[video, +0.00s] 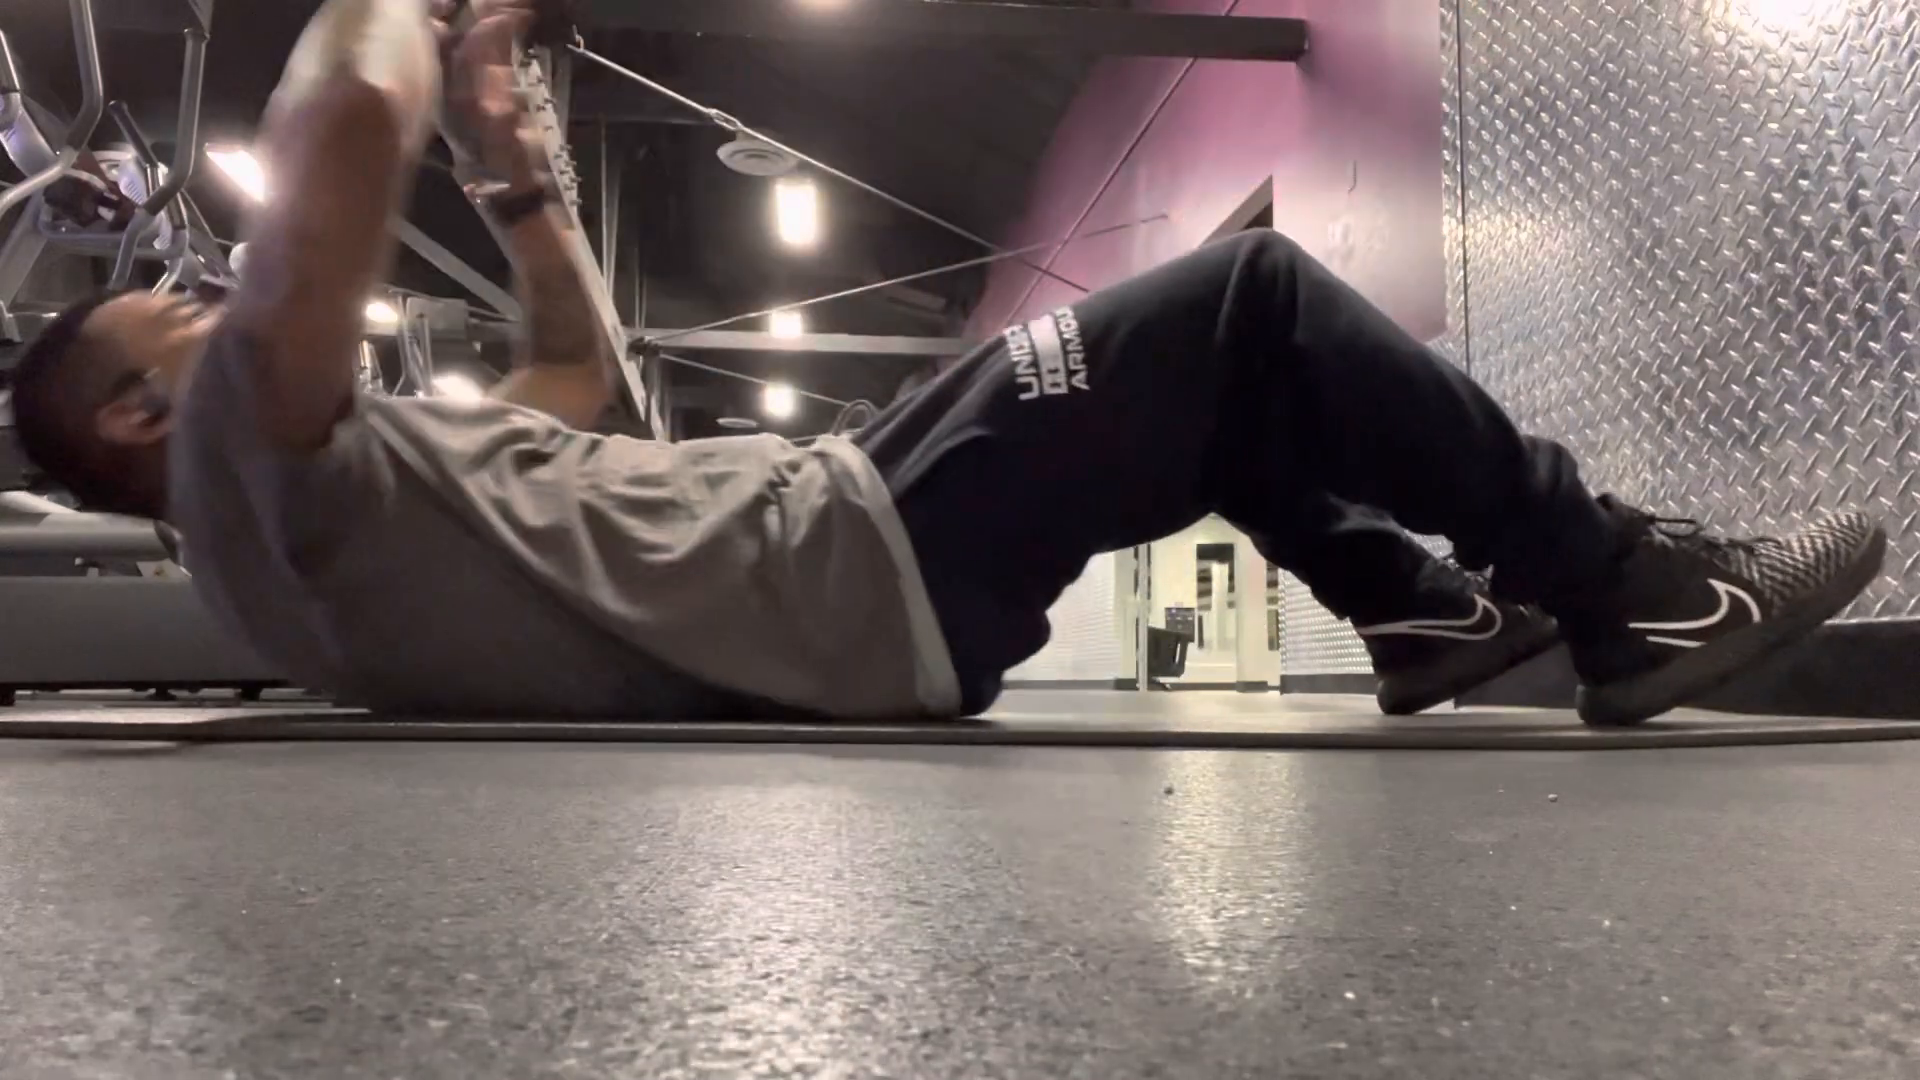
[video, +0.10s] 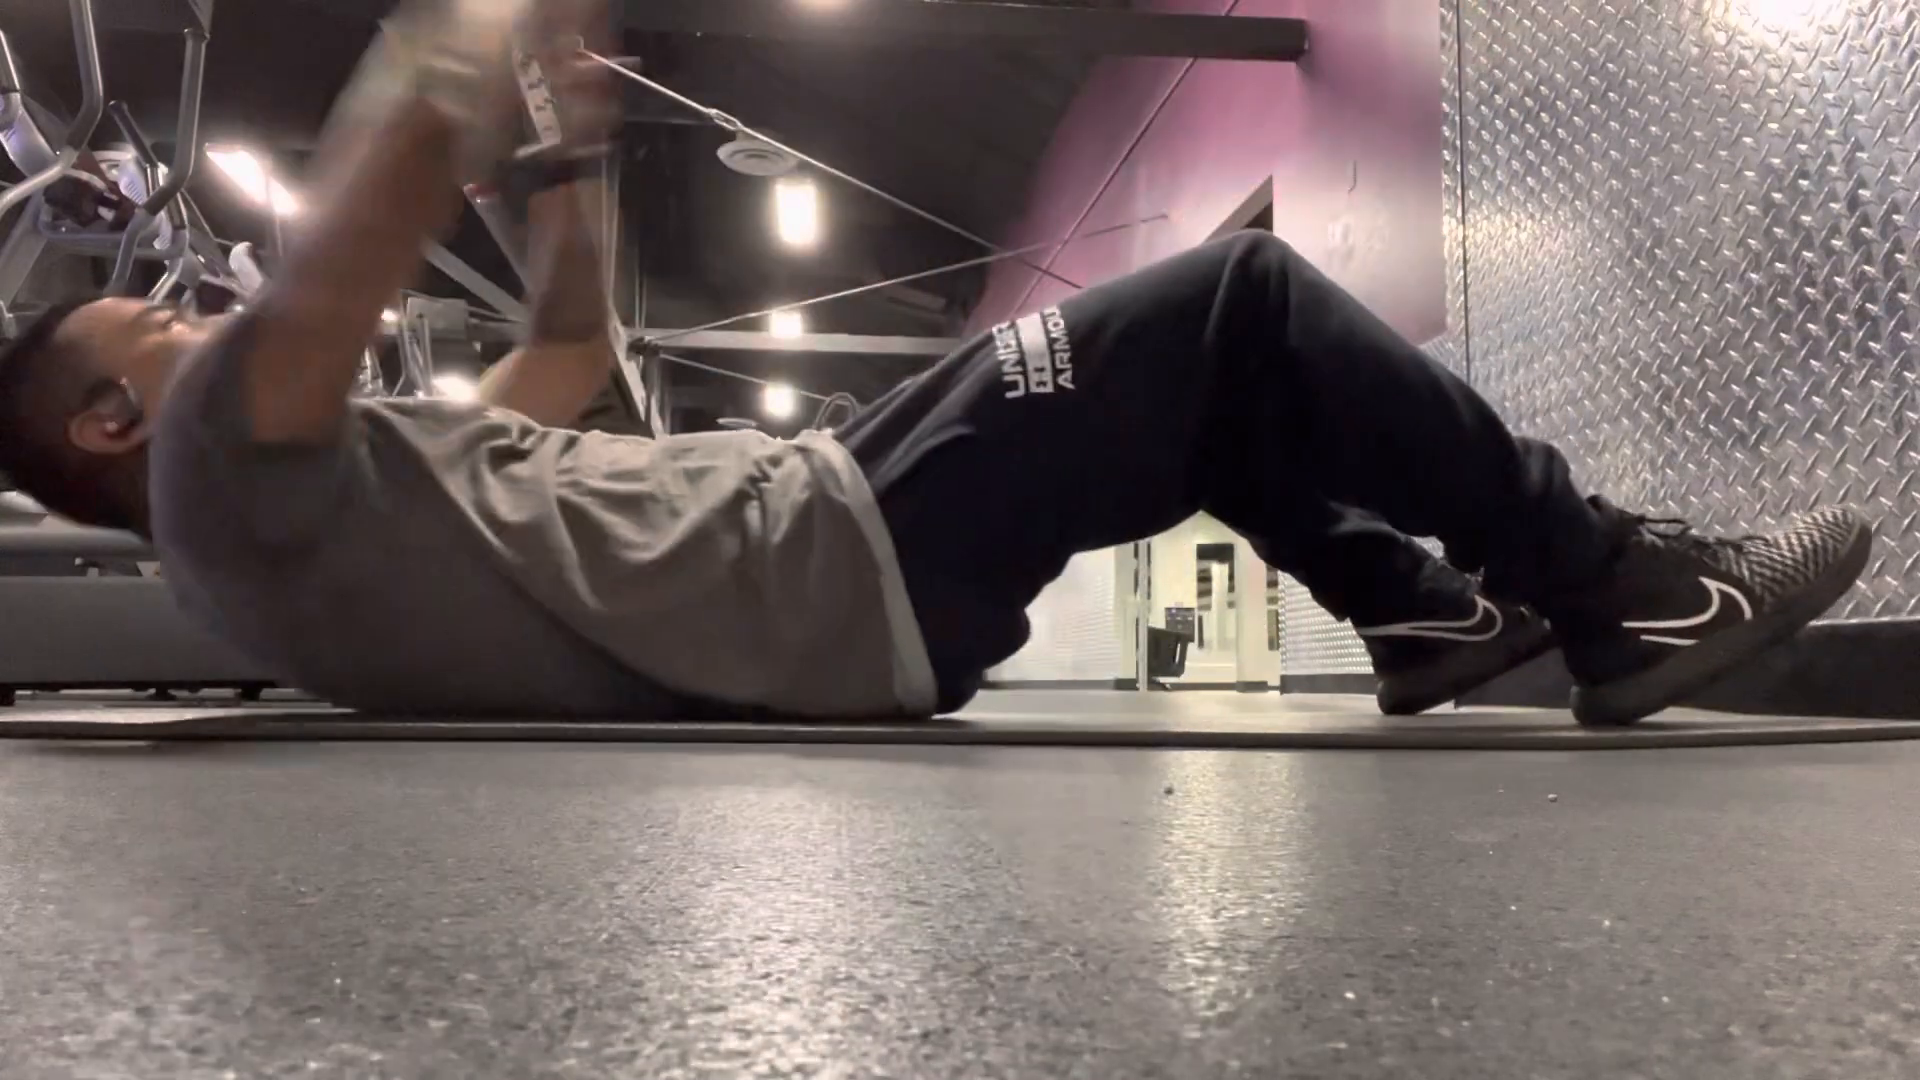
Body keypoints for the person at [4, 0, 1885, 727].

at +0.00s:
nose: (191, 306)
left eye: (167, 304)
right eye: (145, 323)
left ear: (189, 377)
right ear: (122, 428)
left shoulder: (332, 477)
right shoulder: (241, 485)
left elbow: (593, 440)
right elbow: (338, 99)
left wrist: (531, 220)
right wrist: (397, 38)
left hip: (820, 537)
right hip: (851, 574)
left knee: (1198, 341)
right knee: (1244, 287)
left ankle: (1432, 616)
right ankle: (1639, 585)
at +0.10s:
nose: (173, 297)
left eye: (144, 287)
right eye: (124, 314)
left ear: (154, 385)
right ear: (94, 434)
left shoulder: (313, 474)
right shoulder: (221, 470)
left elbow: (561, 404)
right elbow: (401, 137)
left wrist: (567, 172)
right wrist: (458, 64)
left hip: (812, 522)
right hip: (843, 564)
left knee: (1192, 340)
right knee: (1239, 286)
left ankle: (1438, 619)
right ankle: (1629, 583)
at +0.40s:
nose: (612, 96)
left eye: (593, 72)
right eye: (563, 79)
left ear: (493, 136)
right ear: (461, 137)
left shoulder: (555, 298)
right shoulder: (488, 244)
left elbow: (854, 326)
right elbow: (821, 220)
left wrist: (1061, 228)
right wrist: (1089, 141)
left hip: (901, 571)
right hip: (902, 607)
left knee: (1210, 319)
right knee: (1275, 293)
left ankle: (1453, 618)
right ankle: (1661, 589)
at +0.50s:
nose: (772, 51)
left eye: (763, 35)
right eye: (741, 27)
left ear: (591, 52)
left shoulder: (635, 246)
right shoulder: (631, 158)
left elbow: (924, 346)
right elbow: (997, 179)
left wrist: (1141, 242)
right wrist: (1276, 91)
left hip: (922, 588)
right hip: (934, 604)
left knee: (1217, 324)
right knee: (1283, 292)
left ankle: (1443, 607)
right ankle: (1666, 578)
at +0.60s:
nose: (936, 25)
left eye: (932, 18)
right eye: (918, 9)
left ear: (802, 18)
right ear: (844, 3)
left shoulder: (766, 201)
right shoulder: (758, 102)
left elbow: (976, 385)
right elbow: (1045, 179)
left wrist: (1160, 259)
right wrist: (1364, 44)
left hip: (947, 608)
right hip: (958, 609)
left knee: (1214, 316)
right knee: (1282, 279)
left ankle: (1445, 614)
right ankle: (1658, 590)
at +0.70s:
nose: (1134, 40)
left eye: (1141, 27)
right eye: (1119, 14)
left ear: (1000, 8)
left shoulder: (883, 106)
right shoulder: (926, 58)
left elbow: (983, 422)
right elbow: (953, 192)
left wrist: (1131, 296)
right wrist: (1335, 38)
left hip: (964, 616)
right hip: (998, 603)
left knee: (1227, 326)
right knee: (1306, 277)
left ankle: (1436, 617)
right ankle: (1655, 594)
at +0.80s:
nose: (1235, 43)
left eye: (1231, 38)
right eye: (1219, 28)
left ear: (1113, 28)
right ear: (1145, 20)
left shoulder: (1042, 137)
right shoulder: (1020, 72)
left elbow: (1067, 399)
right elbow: (878, 222)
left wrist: (1194, 286)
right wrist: (1248, 84)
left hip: (1018, 618)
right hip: (1022, 619)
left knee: (1248, 326)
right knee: (1350, 280)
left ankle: (1443, 625)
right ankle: (1698, 609)